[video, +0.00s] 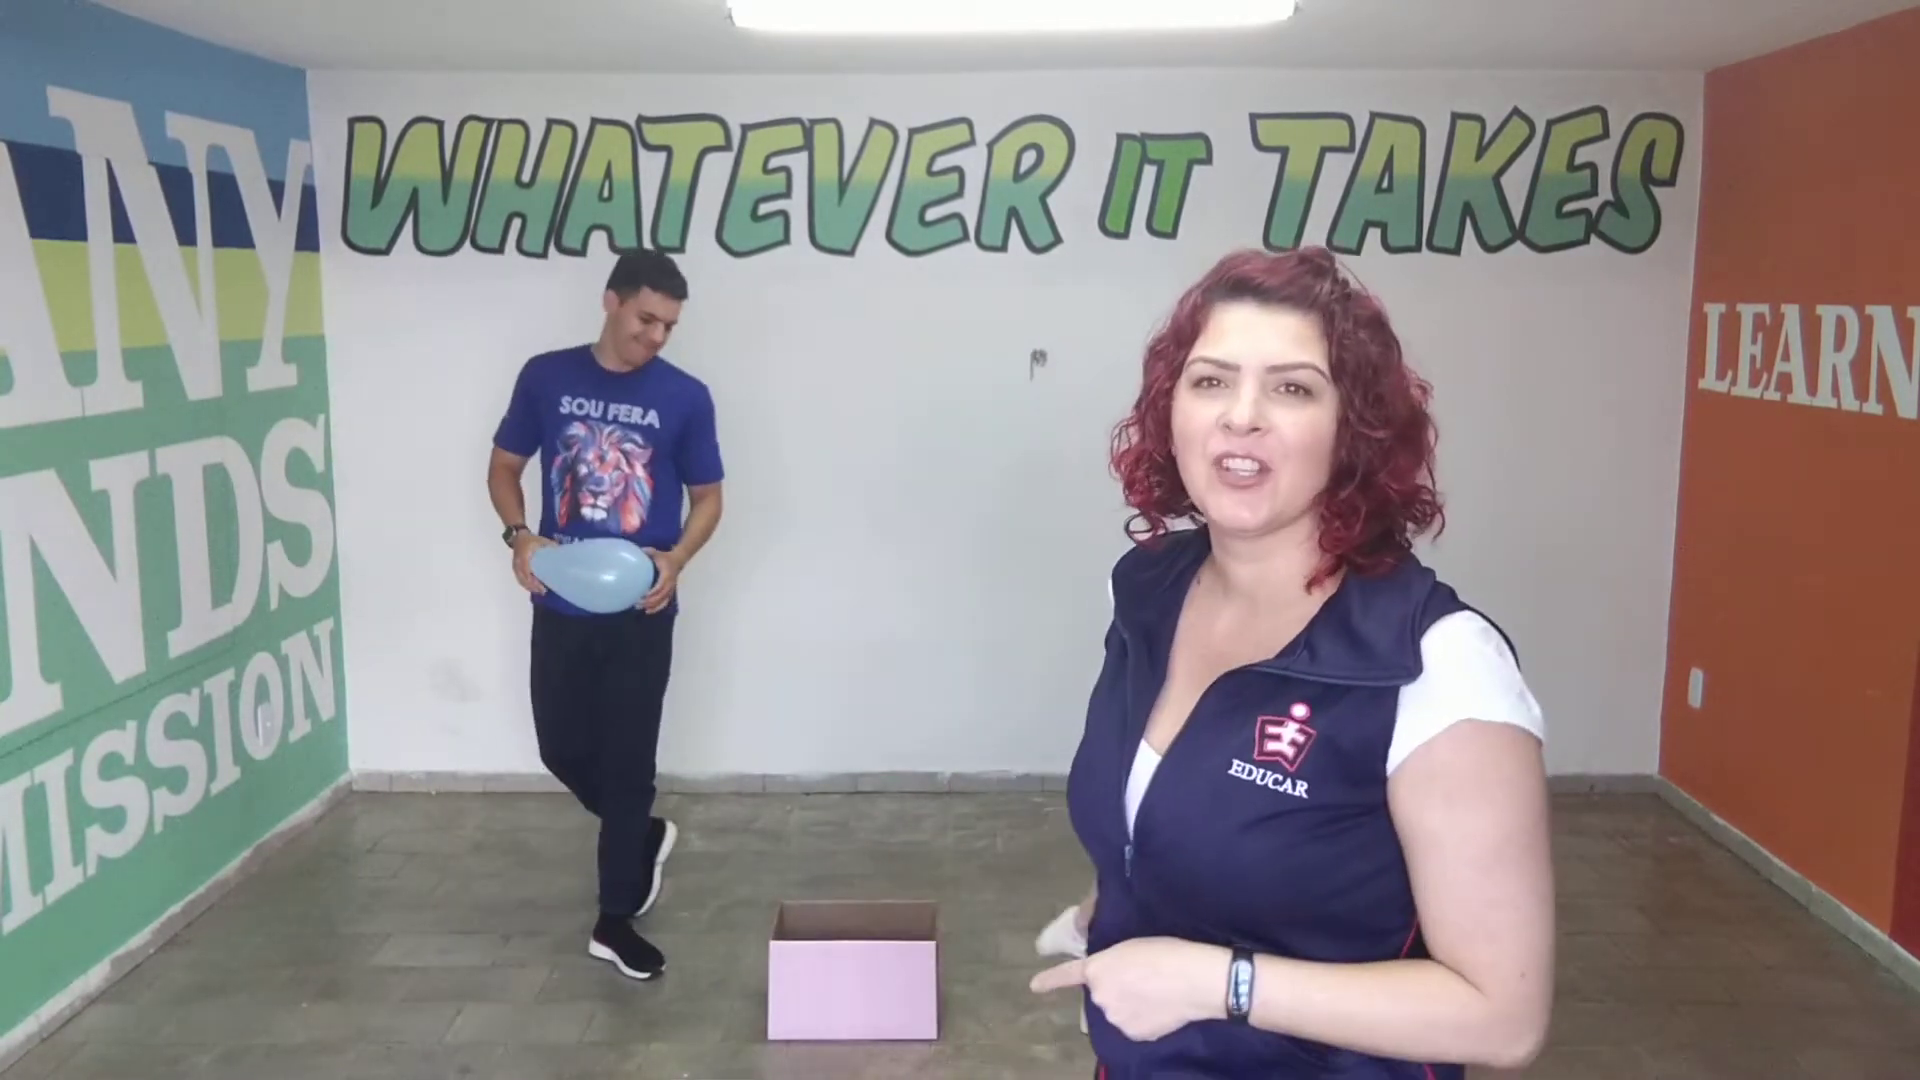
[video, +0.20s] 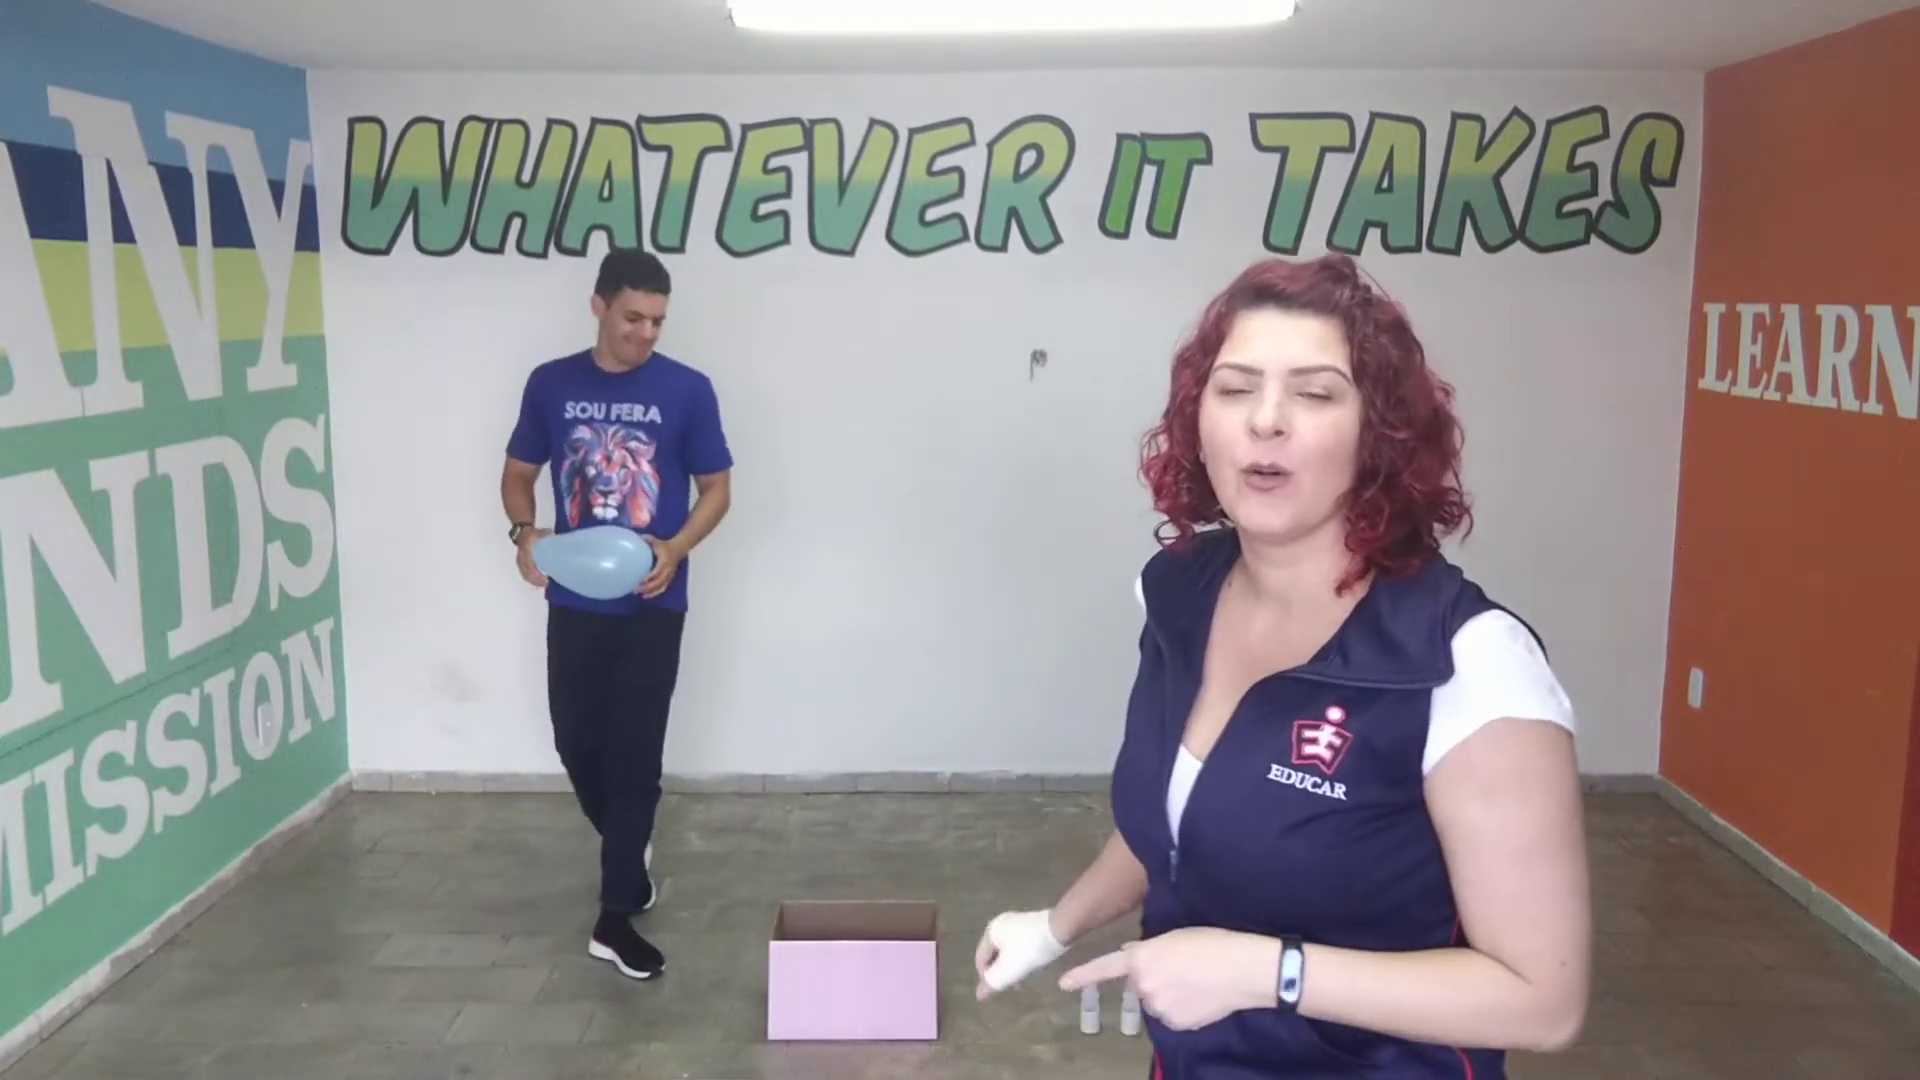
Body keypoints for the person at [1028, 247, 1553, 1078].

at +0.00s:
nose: (1241, 419)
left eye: (1292, 389)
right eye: (1210, 382)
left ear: (1353, 426)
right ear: (1170, 409)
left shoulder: (1440, 664)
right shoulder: (1153, 585)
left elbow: (1503, 1017)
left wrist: (1218, 982)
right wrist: (1114, 913)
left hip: (1328, 1060)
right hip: (1133, 1054)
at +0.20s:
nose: (1266, 423)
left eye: (1315, 394)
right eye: (1237, 389)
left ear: (1379, 430)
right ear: (1197, 414)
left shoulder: (1470, 664)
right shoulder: (1182, 592)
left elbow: (1542, 1001)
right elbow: (1169, 807)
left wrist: (1264, 971)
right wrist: (1057, 926)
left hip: (1384, 1059)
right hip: (1187, 1056)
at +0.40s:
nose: (1296, 433)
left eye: (1346, 406)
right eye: (1270, 399)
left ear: (1408, 443)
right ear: (1230, 426)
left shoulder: (1509, 672)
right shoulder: (1217, 602)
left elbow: (1581, 989)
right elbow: (1203, 823)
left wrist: (1320, 968)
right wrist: (1100, 971)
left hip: (1427, 1061)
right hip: (1227, 1056)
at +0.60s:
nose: (1357, 426)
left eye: (1401, 402)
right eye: (1324, 390)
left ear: (1442, 444)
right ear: (1267, 419)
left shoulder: (1521, 658)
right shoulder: (1231, 595)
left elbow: (1614, 949)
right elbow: (1246, 808)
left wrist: (1388, 1017)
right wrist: (1129, 926)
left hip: (1440, 1063)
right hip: (1246, 1054)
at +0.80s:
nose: (1331, 430)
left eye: (1376, 398)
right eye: (1300, 396)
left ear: (1439, 433)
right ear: (1265, 426)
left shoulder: (1531, 652)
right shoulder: (1258, 587)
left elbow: (1639, 938)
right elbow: (1241, 791)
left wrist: (1445, 973)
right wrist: (1080, 863)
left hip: (1436, 1060)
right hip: (1252, 1048)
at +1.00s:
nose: (1336, 434)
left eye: (1380, 399)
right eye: (1305, 400)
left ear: (1442, 430)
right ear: (1269, 428)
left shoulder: (1534, 646)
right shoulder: (1264, 586)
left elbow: (1623, 948)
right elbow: (1250, 787)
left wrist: (1408, 946)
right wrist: (1082, 838)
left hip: (1433, 1058)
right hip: (1250, 1044)